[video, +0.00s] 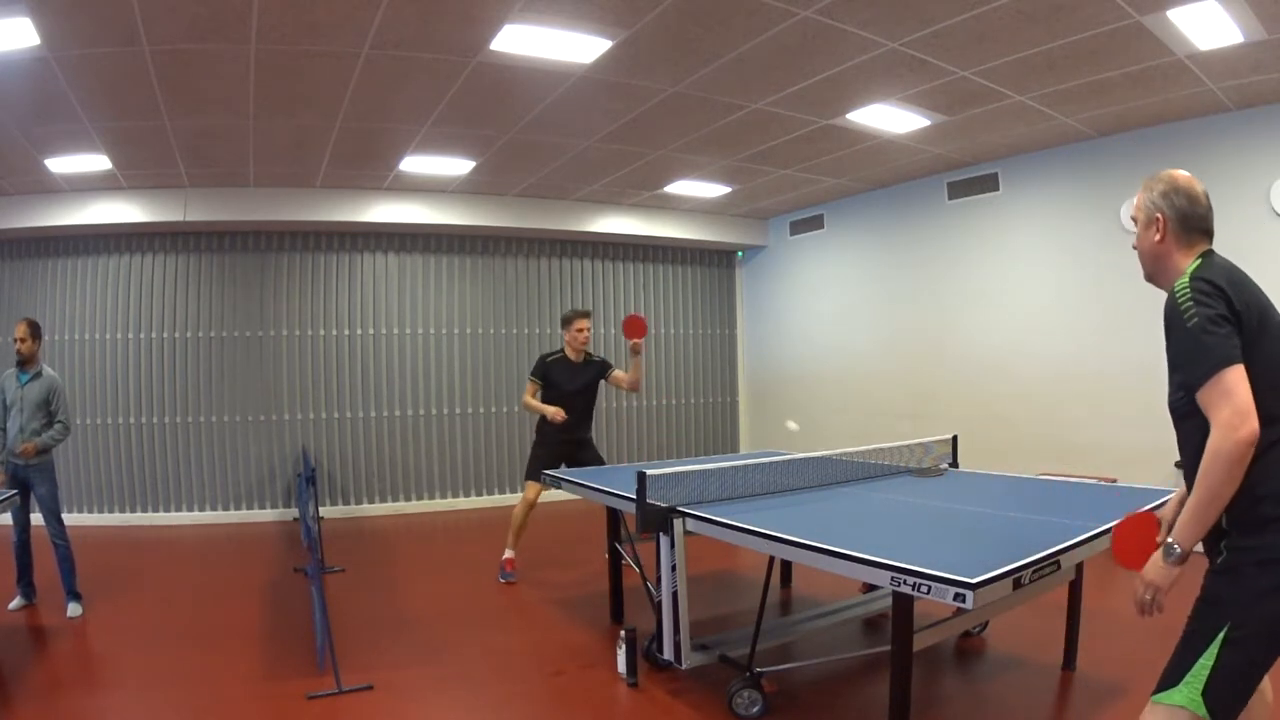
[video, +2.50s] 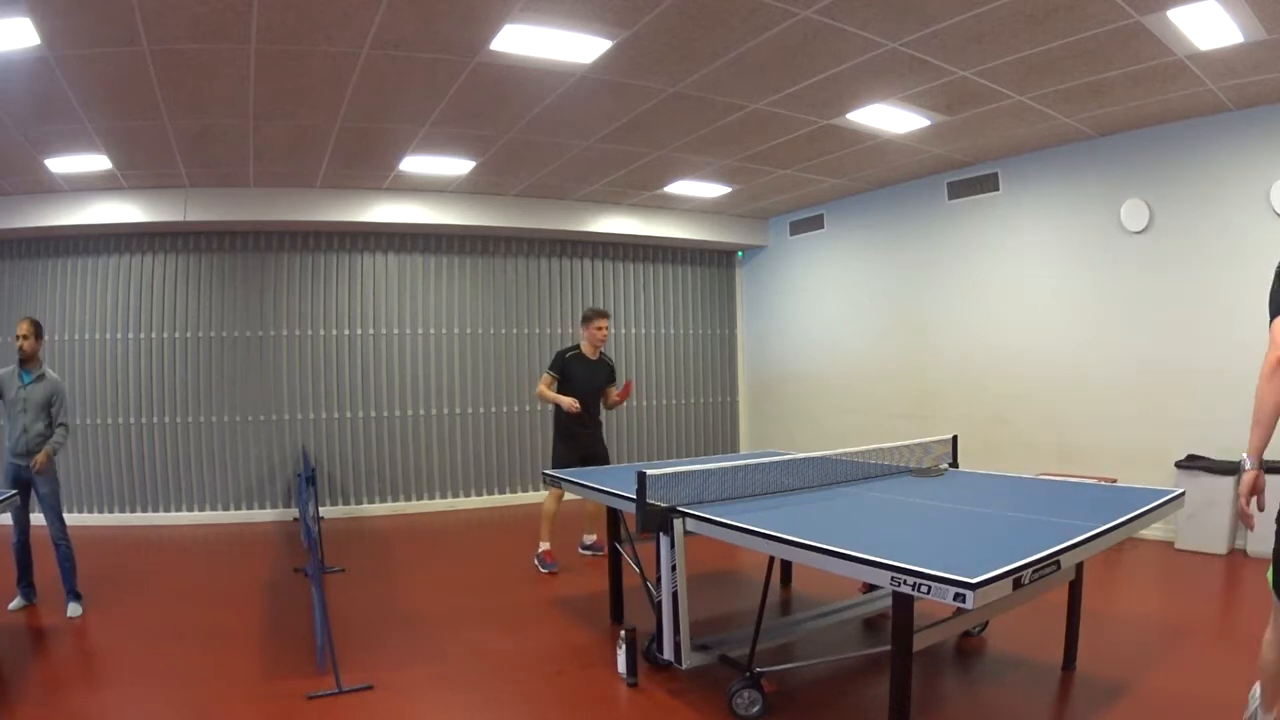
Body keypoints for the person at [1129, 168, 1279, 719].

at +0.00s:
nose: (1132, 243)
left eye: (1135, 226)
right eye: (1132, 227)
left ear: (1160, 228)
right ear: (1186, 226)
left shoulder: (1193, 293)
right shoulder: (1226, 282)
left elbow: (1237, 429)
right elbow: (1228, 427)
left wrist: (1171, 552)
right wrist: (1185, 502)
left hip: (1257, 554)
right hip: (1264, 546)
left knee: (1173, 711)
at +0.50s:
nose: (1109, 218)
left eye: (1116, 199)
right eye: (1111, 200)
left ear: (1149, 205)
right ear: (1153, 206)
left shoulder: (1212, 282)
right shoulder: (1183, 299)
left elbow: (1278, 405)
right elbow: (1136, 410)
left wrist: (1259, 558)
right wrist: (1051, 402)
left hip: (1257, 561)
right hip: (1240, 555)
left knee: (1194, 712)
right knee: (1209, 709)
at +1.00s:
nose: (1118, 273)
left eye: (1126, 255)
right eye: (1120, 257)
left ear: (1163, 257)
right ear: (1161, 260)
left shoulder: (1231, 329)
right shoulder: (1191, 359)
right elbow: (1177, 496)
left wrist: (1225, 586)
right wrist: (1106, 560)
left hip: (1275, 583)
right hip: (1259, 580)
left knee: (1188, 713)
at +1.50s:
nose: (1057, 439)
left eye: (1063, 418)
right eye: (1043, 423)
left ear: (1114, 368)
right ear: (1111, 365)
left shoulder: (1254, 457)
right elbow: (1148, 444)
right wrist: (1142, 519)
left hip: (1266, 621)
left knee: (1225, 707)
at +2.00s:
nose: (1157, 273)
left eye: (1147, 256)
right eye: (1150, 257)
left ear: (1156, 243)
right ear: (1210, 215)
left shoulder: (1233, 311)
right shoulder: (1261, 276)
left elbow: (1268, 487)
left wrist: (1184, 613)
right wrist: (1241, 579)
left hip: (1276, 612)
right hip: (1275, 604)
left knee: (1228, 713)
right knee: (1239, 707)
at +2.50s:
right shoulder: (1279, 280)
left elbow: (1277, 362)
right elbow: (1275, 364)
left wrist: (1254, 458)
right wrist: (1255, 459)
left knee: (1279, 612)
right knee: (1278, 611)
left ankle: (1268, 708)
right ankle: (1263, 704)